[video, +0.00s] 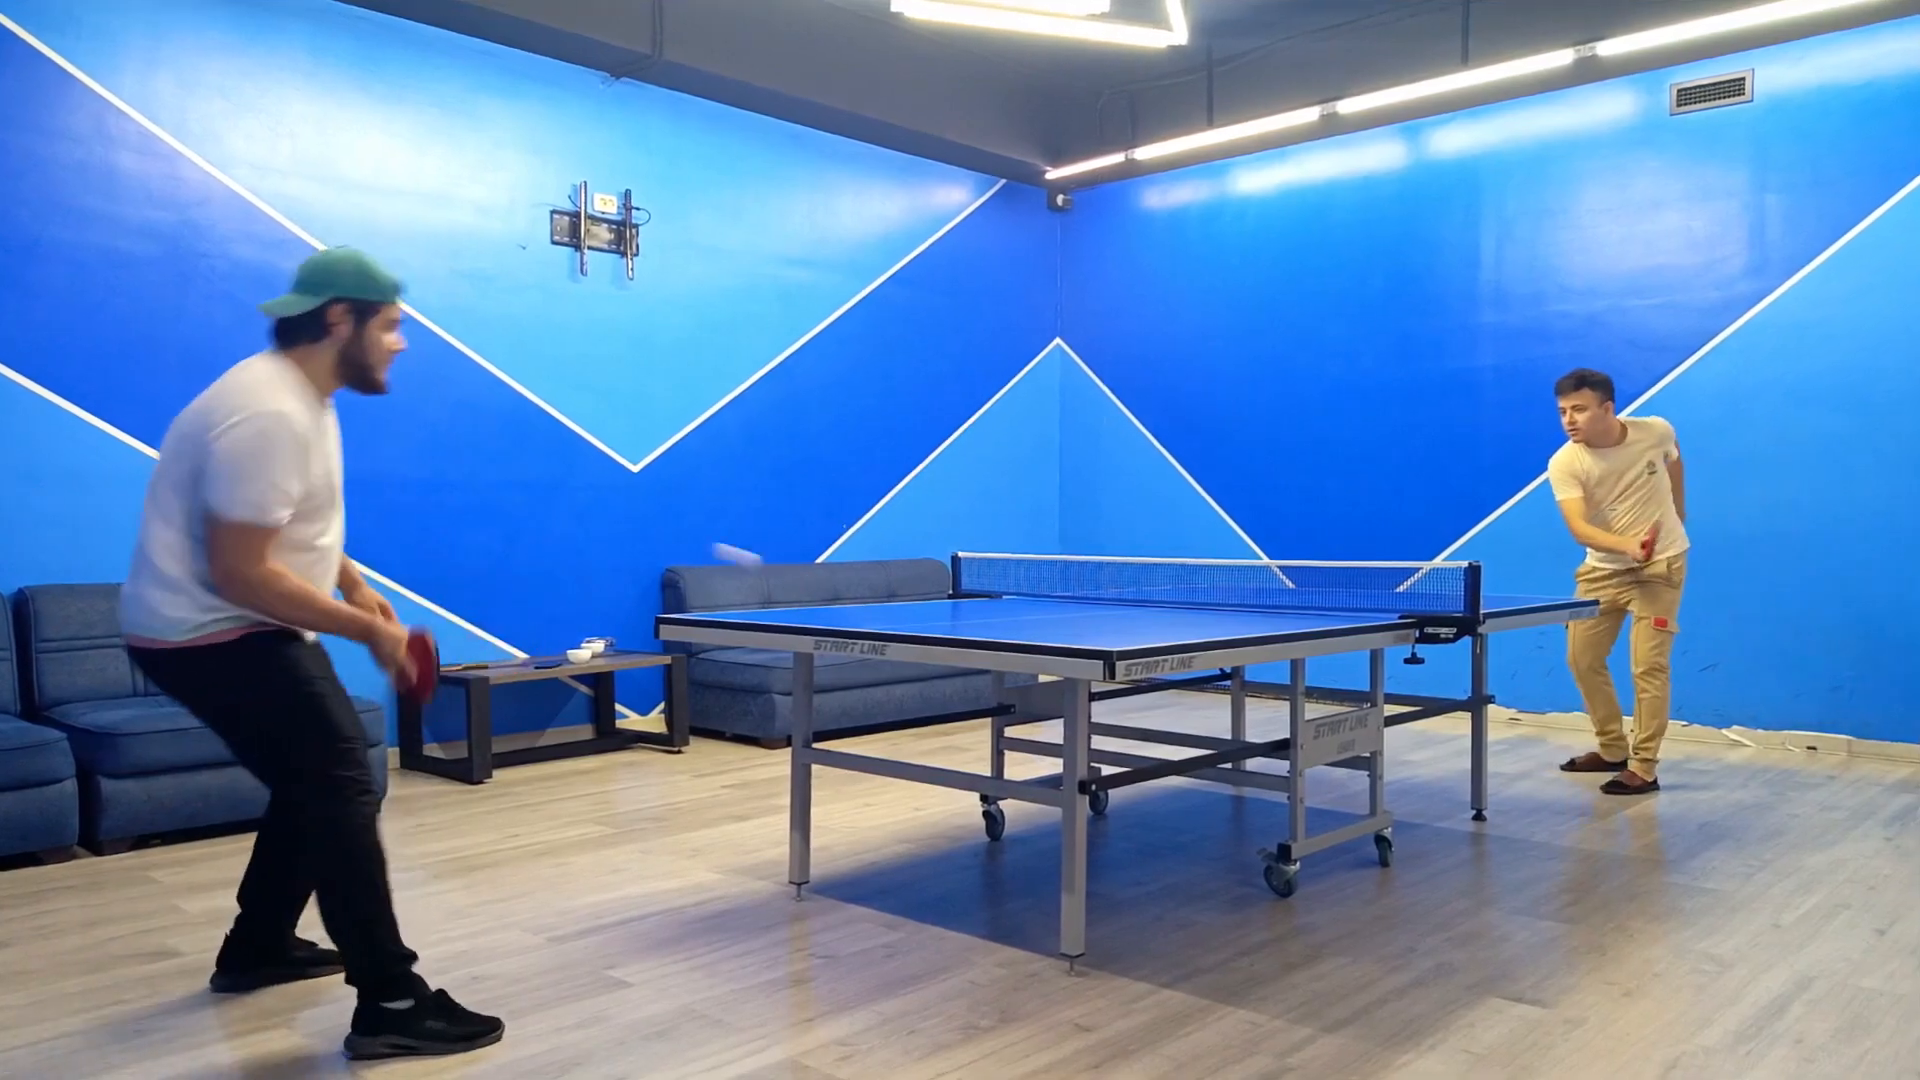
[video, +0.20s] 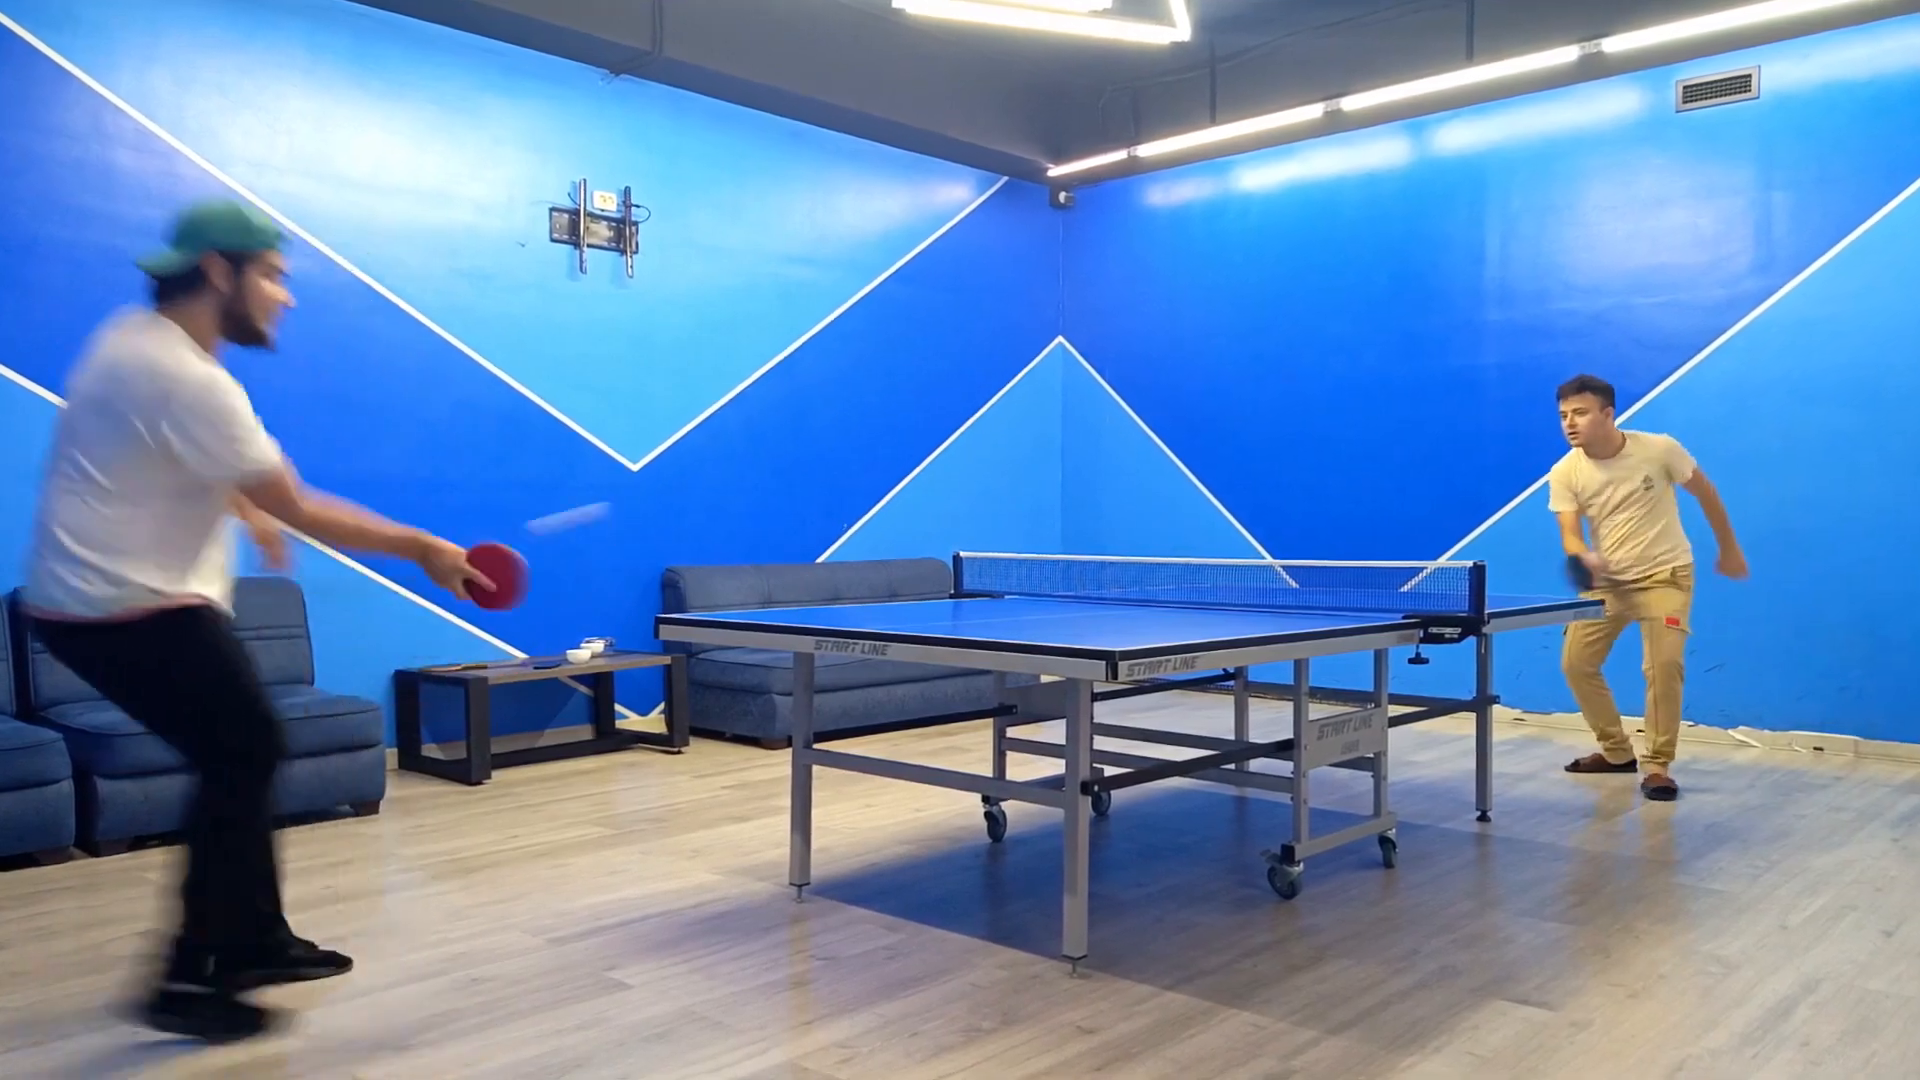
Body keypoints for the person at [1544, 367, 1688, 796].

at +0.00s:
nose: (1568, 419)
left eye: (1578, 410)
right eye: (1563, 411)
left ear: (1608, 408)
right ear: (1561, 414)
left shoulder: (1656, 433)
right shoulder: (1564, 462)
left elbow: (1674, 473)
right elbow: (1578, 527)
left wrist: (1676, 517)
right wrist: (1625, 545)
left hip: (1659, 564)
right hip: (1602, 570)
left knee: (1648, 664)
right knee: (1583, 657)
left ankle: (1644, 768)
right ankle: (1613, 751)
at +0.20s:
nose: (1569, 422)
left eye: (1579, 413)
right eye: (1564, 415)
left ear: (1609, 414)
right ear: (1561, 420)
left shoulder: (1659, 450)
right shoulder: (1564, 474)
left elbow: (1706, 492)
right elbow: (1570, 537)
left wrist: (1729, 549)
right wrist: (1585, 555)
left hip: (1664, 577)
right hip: (1608, 583)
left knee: (1664, 663)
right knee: (1577, 663)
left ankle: (1656, 766)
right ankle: (1616, 752)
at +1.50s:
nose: (1600, 432)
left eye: (1610, 422)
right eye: (1595, 424)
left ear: (1643, 421)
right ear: (1594, 426)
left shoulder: (1694, 459)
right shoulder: (1605, 470)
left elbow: (1766, 505)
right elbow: (1576, 530)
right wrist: (1542, 538)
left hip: (1692, 590)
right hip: (1637, 592)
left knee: (1668, 676)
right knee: (1587, 671)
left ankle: (1721, 792)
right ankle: (1616, 754)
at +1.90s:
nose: (1552, 418)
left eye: (1562, 407)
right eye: (1547, 411)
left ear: (1591, 409)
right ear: (1546, 419)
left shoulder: (1630, 446)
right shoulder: (1569, 465)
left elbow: (1700, 480)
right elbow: (1578, 527)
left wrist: (1711, 548)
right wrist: (1532, 553)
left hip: (1659, 575)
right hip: (1614, 580)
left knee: (1666, 667)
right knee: (1576, 648)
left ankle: (1736, 772)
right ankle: (1585, 740)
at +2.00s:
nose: (1544, 445)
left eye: (1553, 435)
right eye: (1539, 438)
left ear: (1582, 436)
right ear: (1539, 443)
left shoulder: (1606, 467)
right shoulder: (1580, 487)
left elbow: (1675, 501)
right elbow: (1603, 553)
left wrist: (1660, 557)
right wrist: (1555, 587)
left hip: (1652, 593)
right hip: (1615, 598)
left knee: (1647, 684)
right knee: (1558, 654)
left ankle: (1736, 775)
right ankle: (1584, 743)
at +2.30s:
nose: (1587, 405)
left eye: (1595, 395)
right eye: (1584, 397)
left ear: (1625, 395)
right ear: (1588, 403)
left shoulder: (1648, 422)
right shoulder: (1605, 449)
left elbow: (1691, 440)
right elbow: (1572, 489)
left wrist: (1665, 446)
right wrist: (1551, 453)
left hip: (1662, 562)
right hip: (1619, 568)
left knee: (1675, 660)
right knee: (1575, 645)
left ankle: (1724, 768)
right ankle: (1584, 741)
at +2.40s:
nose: (1612, 378)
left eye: (1620, 368)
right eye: (1608, 370)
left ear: (1652, 369)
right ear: (1611, 375)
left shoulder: (1678, 405)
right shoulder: (1624, 417)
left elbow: (1738, 413)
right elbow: (1602, 427)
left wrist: (1757, 394)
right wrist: (1574, 396)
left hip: (1676, 547)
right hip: (1626, 548)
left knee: (1698, 649)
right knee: (1602, 639)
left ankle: (1749, 754)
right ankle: (1589, 735)